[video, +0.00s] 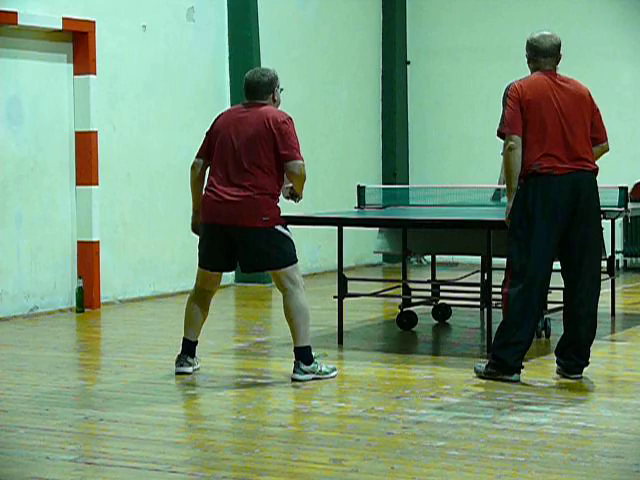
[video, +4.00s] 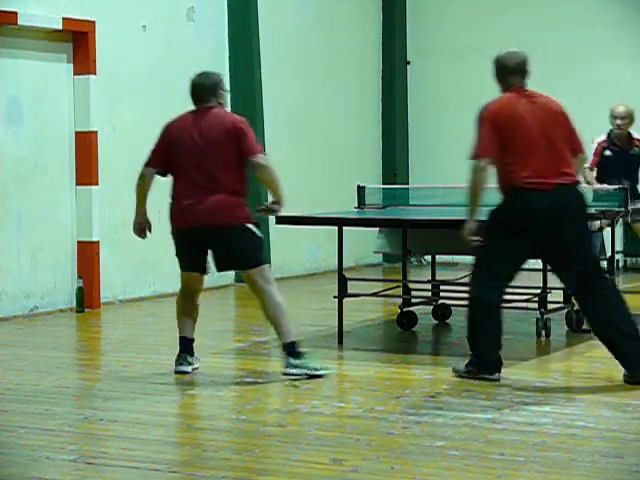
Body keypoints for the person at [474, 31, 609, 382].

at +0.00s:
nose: (533, 62)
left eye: (530, 57)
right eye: (549, 56)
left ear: (528, 58)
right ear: (559, 58)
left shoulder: (518, 90)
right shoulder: (581, 91)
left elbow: (513, 143)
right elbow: (600, 144)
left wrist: (512, 196)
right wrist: (570, 168)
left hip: (539, 191)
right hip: (583, 192)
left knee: (527, 276)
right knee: (584, 276)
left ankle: (506, 362)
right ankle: (572, 362)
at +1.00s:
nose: (525, 64)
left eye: (523, 59)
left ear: (522, 60)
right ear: (553, 60)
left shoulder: (511, 92)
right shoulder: (577, 91)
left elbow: (500, 146)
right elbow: (602, 141)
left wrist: (498, 200)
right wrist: (573, 168)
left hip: (530, 192)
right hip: (576, 192)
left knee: (520, 275)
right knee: (579, 275)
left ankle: (505, 361)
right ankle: (573, 362)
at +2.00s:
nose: (492, 113)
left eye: (493, 109)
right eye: (492, 109)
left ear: (499, 106)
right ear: (526, 107)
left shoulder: (502, 121)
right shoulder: (542, 124)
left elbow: (497, 163)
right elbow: (547, 164)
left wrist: (481, 215)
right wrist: (505, 185)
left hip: (543, 193)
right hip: (578, 193)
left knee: (518, 273)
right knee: (555, 269)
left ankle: (487, 362)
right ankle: (554, 353)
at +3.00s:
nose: (523, 70)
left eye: (521, 65)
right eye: (534, 62)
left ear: (521, 65)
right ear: (550, 63)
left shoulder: (518, 97)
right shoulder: (576, 93)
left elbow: (507, 152)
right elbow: (607, 142)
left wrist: (499, 205)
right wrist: (581, 170)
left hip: (551, 189)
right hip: (591, 188)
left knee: (537, 273)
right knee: (577, 271)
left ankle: (536, 364)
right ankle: (584, 355)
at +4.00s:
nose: (499, 80)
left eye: (498, 75)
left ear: (498, 77)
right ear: (526, 75)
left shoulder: (494, 111)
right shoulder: (552, 106)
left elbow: (482, 165)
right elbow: (578, 155)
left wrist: (472, 217)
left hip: (522, 208)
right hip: (567, 205)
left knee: (486, 279)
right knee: (591, 281)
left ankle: (485, 363)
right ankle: (636, 362)